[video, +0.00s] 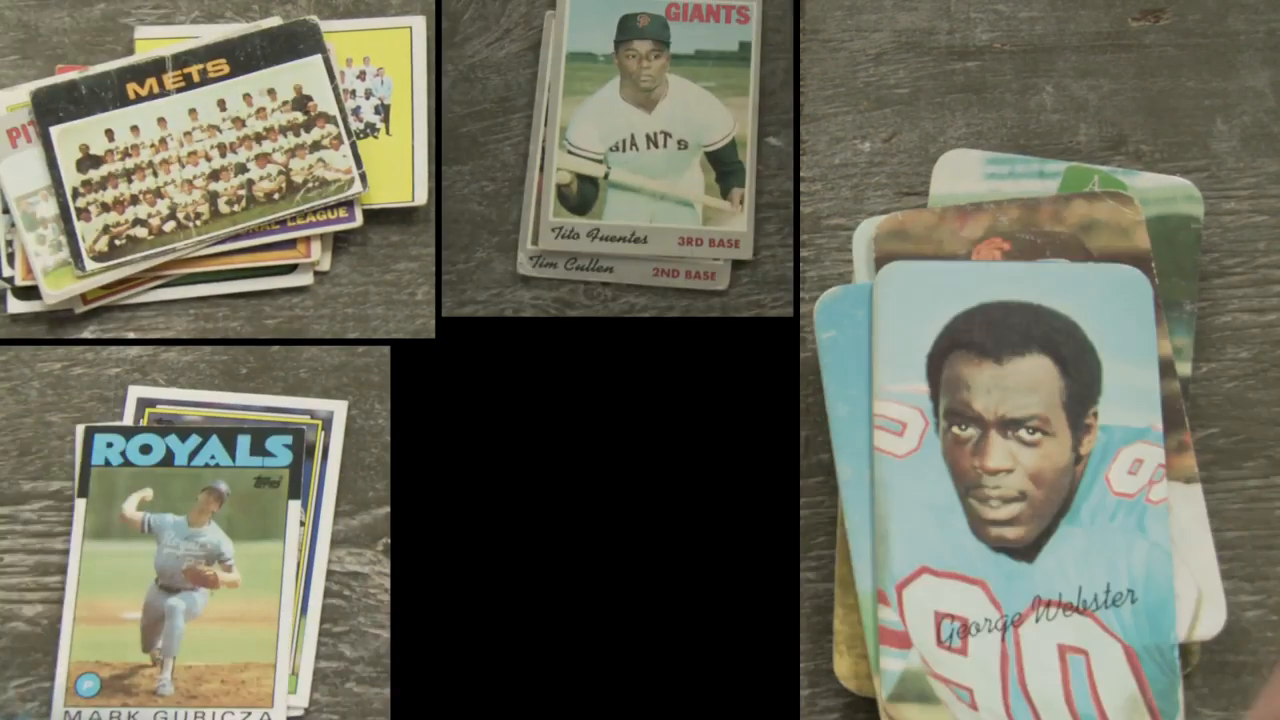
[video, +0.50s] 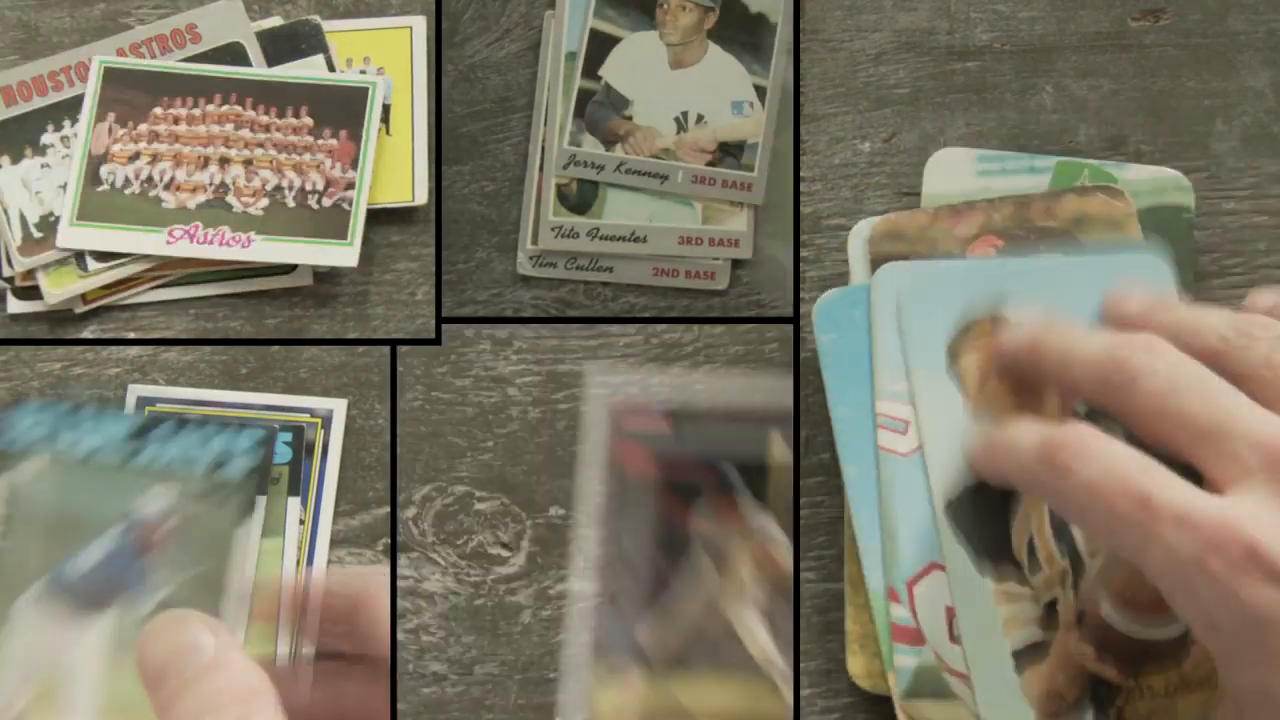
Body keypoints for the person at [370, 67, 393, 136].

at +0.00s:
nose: (381, 73)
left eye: (382, 71)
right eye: (380, 71)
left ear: (384, 72)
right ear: (378, 72)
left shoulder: (388, 80)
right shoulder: (374, 80)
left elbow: (390, 89)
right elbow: (373, 90)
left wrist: (385, 96)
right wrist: (378, 96)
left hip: (387, 101)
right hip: (378, 100)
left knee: (387, 117)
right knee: (378, 116)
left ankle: (387, 131)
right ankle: (376, 131)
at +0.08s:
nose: (381, 73)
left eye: (382, 71)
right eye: (380, 71)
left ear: (384, 72)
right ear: (377, 72)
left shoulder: (388, 80)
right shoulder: (374, 80)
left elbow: (390, 90)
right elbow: (373, 90)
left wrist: (385, 96)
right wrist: (378, 96)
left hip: (387, 101)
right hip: (378, 100)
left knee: (387, 117)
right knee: (378, 116)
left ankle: (387, 130)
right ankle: (376, 130)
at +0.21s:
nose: (381, 73)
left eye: (382, 71)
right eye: (380, 71)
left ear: (384, 72)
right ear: (378, 72)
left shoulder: (388, 80)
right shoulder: (375, 80)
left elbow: (390, 90)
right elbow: (373, 90)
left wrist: (385, 96)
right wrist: (378, 96)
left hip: (387, 101)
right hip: (378, 101)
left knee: (387, 117)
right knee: (377, 116)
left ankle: (387, 130)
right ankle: (376, 131)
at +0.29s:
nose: (381, 73)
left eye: (382, 71)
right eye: (380, 71)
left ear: (384, 72)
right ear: (378, 72)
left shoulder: (388, 80)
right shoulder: (375, 80)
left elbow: (390, 89)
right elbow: (373, 90)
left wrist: (385, 96)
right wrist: (378, 96)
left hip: (387, 101)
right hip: (378, 101)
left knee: (387, 117)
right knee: (378, 116)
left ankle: (387, 130)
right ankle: (376, 131)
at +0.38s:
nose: (381, 73)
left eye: (382, 71)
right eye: (380, 71)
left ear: (384, 72)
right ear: (378, 72)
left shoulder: (388, 80)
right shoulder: (375, 80)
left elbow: (390, 90)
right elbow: (373, 90)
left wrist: (385, 96)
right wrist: (378, 96)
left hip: (387, 101)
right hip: (378, 100)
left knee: (387, 117)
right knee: (378, 116)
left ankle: (387, 131)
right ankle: (376, 131)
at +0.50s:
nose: (381, 74)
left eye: (382, 73)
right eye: (379, 73)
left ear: (384, 73)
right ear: (377, 73)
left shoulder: (387, 80)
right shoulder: (376, 80)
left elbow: (389, 89)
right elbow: (374, 90)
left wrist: (386, 97)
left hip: (386, 100)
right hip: (378, 100)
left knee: (387, 117)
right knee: (378, 116)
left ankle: (387, 131)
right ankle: (377, 130)